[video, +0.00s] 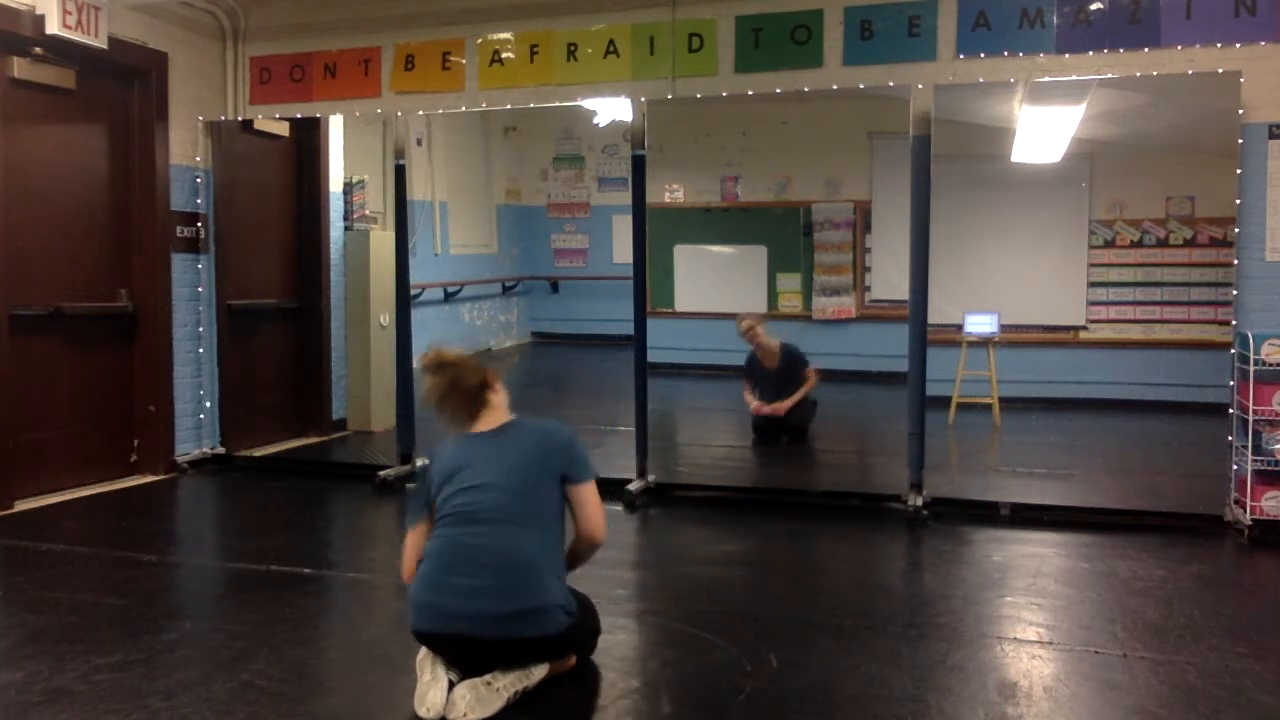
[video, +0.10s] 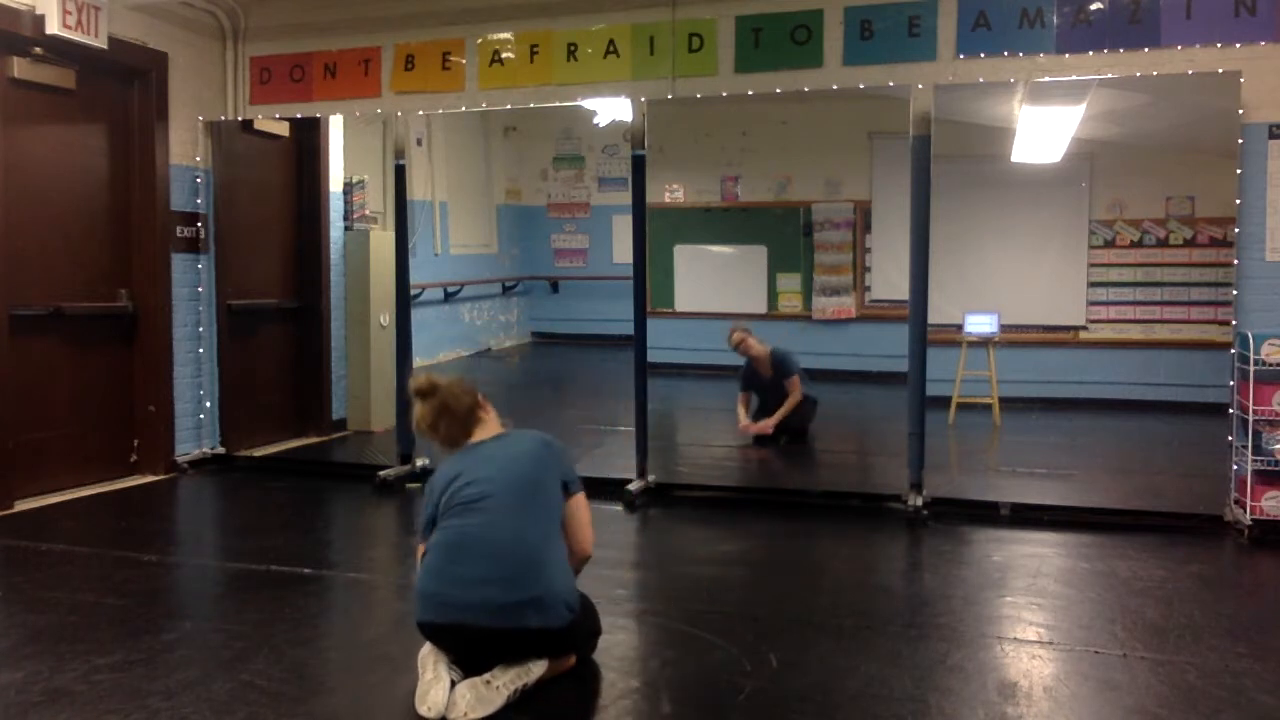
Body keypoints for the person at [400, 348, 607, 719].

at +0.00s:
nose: (502, 385)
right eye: (498, 382)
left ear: (450, 408)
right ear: (494, 385)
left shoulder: (441, 457)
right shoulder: (555, 438)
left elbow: (410, 572)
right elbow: (593, 533)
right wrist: (555, 568)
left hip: (437, 624)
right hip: (531, 620)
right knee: (583, 615)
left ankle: (447, 673)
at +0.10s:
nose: (492, 407)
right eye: (488, 404)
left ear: (443, 435)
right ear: (485, 406)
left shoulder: (443, 474)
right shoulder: (545, 447)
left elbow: (425, 559)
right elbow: (582, 547)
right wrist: (549, 587)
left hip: (443, 616)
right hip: (538, 614)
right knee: (585, 631)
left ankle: (439, 663)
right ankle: (508, 681)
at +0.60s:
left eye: (446, 483)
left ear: (456, 474)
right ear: (500, 455)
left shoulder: (458, 489)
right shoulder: (552, 476)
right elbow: (547, 545)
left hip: (441, 594)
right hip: (532, 589)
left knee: (486, 649)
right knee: (583, 638)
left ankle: (443, 660)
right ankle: (531, 666)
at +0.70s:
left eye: (449, 452)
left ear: (456, 448)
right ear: (502, 430)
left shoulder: (456, 475)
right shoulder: (545, 461)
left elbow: (449, 535)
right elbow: (550, 534)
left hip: (442, 601)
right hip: (532, 598)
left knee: (486, 653)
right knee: (583, 636)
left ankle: (445, 659)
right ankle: (522, 673)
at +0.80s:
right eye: (510, 400)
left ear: (457, 421)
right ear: (507, 404)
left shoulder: (446, 458)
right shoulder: (546, 446)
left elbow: (452, 522)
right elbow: (557, 527)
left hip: (444, 606)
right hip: (536, 601)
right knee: (584, 635)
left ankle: (445, 662)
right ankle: (517, 675)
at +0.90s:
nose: (522, 390)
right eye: (519, 383)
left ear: (457, 399)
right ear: (512, 389)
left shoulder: (439, 445)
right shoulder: (544, 438)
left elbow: (420, 533)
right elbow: (584, 537)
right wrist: (548, 564)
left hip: (439, 609)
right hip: (528, 603)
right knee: (584, 632)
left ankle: (440, 664)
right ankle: (514, 675)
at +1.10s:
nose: (531, 381)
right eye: (529, 373)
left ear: (465, 381)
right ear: (522, 382)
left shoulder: (426, 445)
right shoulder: (544, 440)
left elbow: (394, 545)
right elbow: (583, 525)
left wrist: (448, 547)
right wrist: (555, 552)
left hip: (425, 627)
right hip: (514, 623)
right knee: (581, 624)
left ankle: (440, 675)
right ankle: (499, 685)